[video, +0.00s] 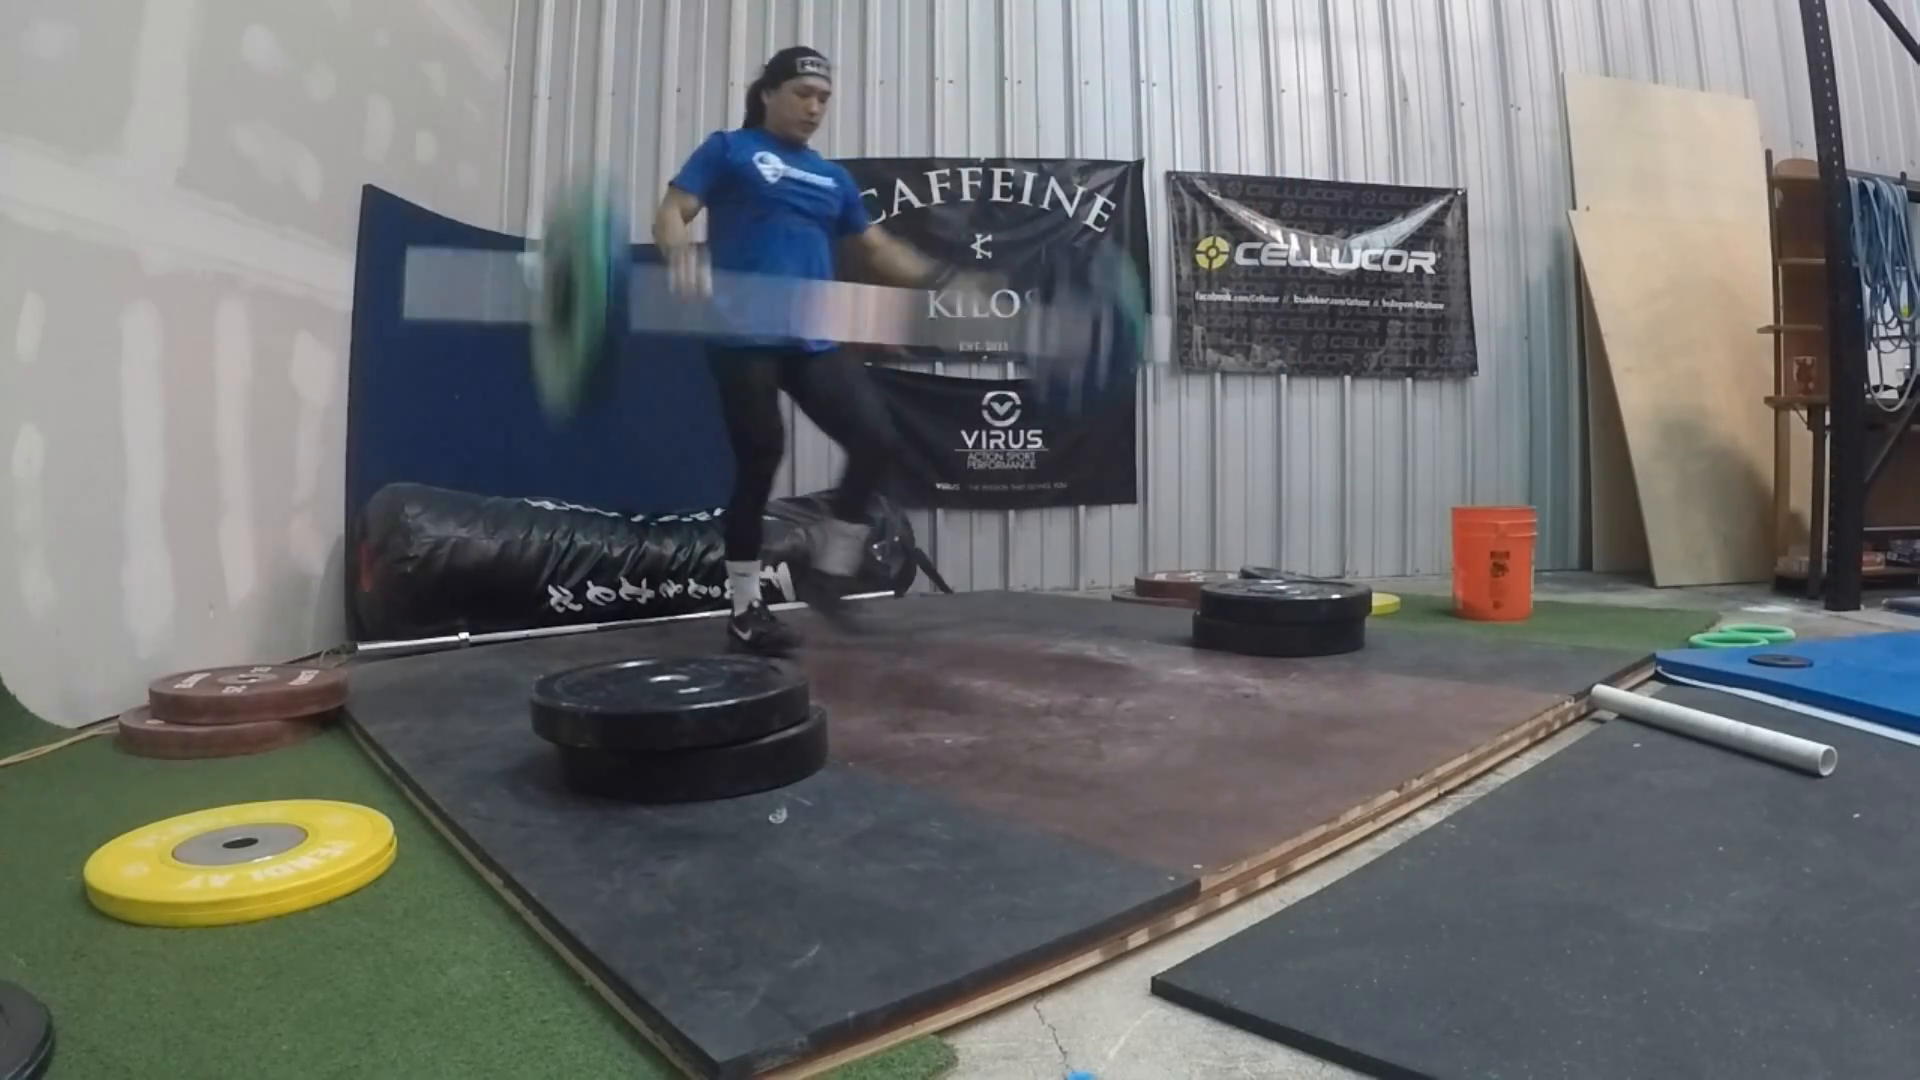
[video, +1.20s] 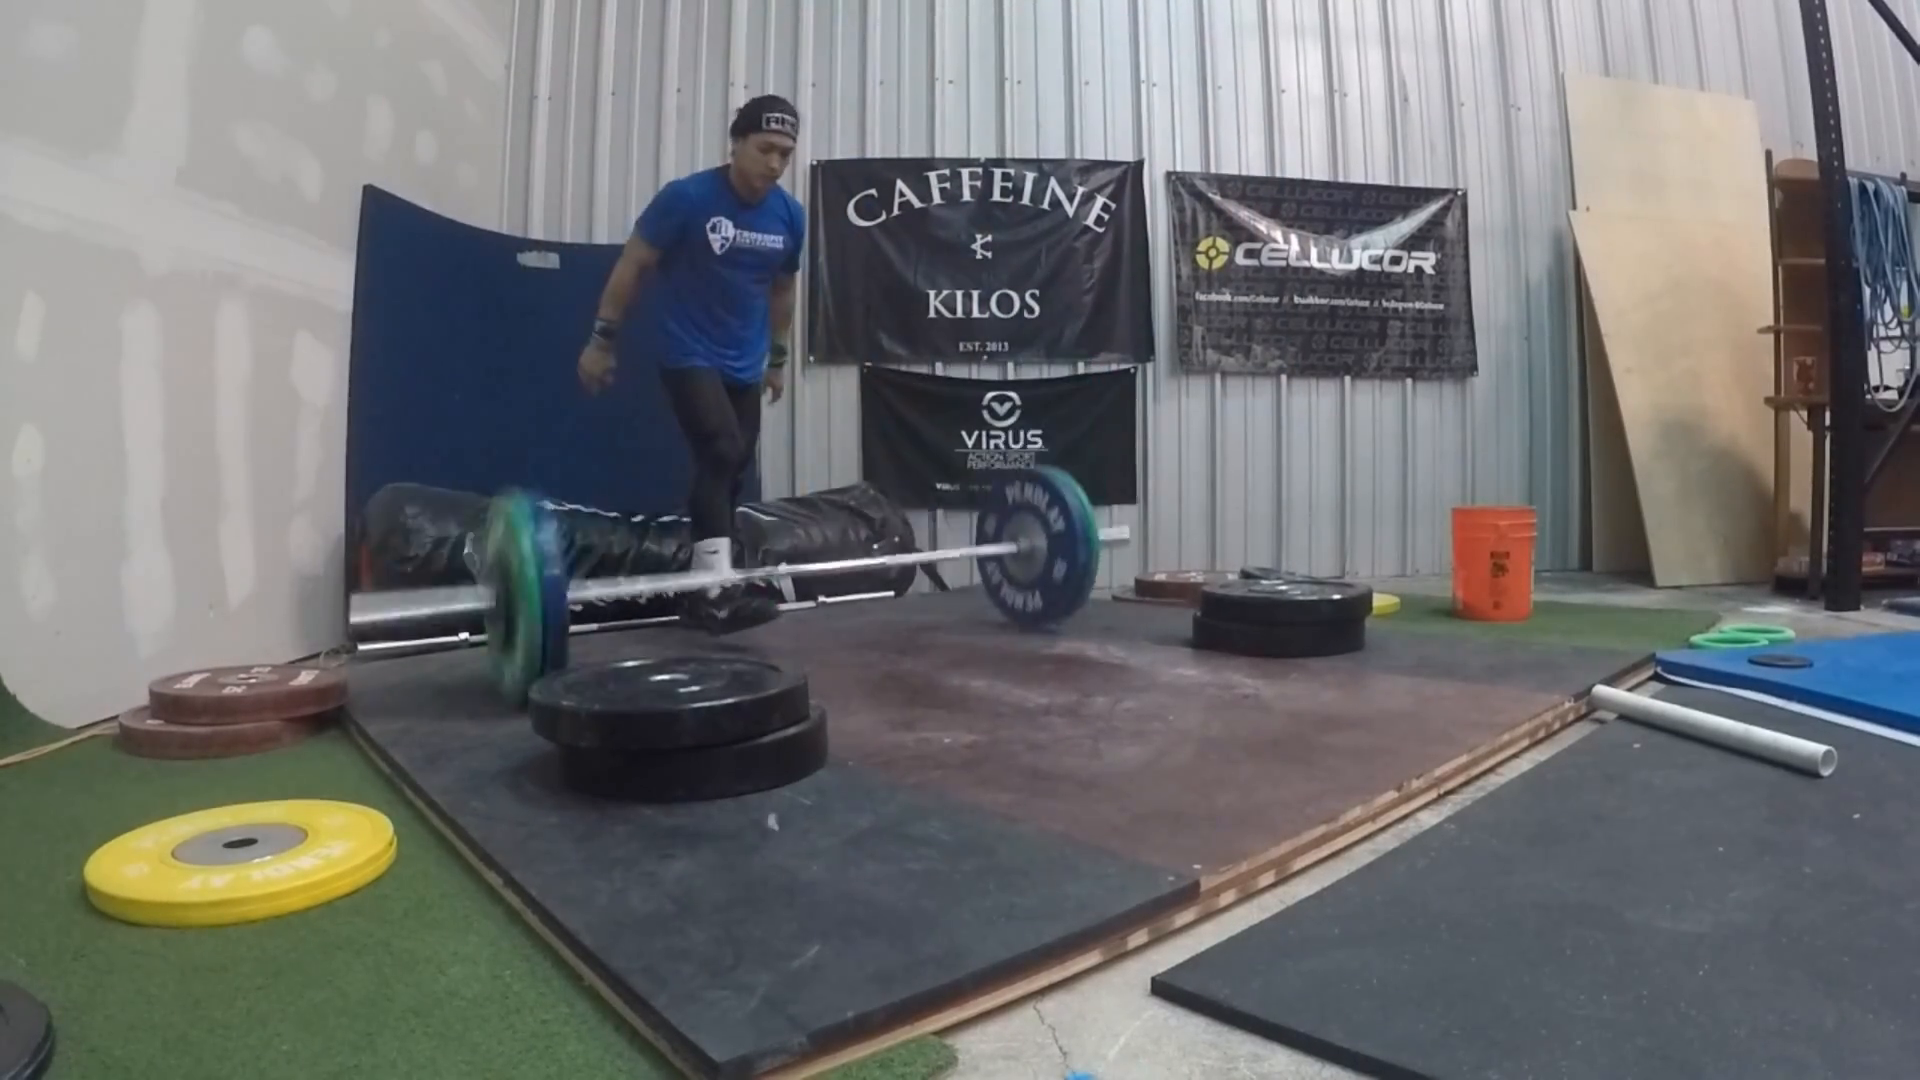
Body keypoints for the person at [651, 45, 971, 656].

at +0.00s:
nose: (814, 107)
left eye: (822, 99)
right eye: (803, 95)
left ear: (826, 106)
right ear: (768, 93)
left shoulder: (835, 179)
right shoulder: (729, 149)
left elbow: (879, 252)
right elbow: (670, 213)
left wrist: (946, 278)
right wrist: (682, 252)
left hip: (810, 342)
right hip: (741, 339)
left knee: (875, 440)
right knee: (760, 452)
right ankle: (745, 608)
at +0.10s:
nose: (805, 117)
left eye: (814, 108)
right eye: (795, 104)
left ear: (818, 113)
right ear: (759, 101)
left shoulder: (824, 184)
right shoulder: (717, 158)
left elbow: (843, 265)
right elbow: (667, 228)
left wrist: (885, 323)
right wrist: (685, 293)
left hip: (795, 347)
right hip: (727, 340)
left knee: (820, 457)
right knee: (743, 450)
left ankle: (778, 572)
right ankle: (735, 589)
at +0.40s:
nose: (808, 205)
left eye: (816, 194)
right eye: (798, 190)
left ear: (823, 196)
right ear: (763, 185)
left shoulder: (818, 255)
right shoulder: (715, 236)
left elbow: (843, 332)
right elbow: (691, 317)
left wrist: (872, 383)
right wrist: (723, 362)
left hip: (749, 374)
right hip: (693, 369)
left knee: (745, 476)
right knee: (723, 459)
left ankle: (703, 583)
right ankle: (728, 589)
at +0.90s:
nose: (775, 178)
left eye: (784, 169)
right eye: (766, 164)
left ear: (789, 171)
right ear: (733, 159)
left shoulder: (788, 232)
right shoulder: (684, 217)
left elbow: (793, 308)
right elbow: (646, 295)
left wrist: (795, 380)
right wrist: (650, 376)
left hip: (732, 374)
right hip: (675, 369)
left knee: (720, 477)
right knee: (683, 467)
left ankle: (699, 587)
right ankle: (672, 590)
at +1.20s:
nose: (774, 164)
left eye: (784, 154)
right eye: (765, 151)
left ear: (790, 157)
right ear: (735, 145)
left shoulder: (789, 216)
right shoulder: (687, 199)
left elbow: (783, 290)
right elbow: (632, 263)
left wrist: (777, 361)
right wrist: (602, 338)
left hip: (745, 360)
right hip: (685, 351)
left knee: (735, 463)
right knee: (723, 449)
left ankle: (707, 584)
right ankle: (715, 582)